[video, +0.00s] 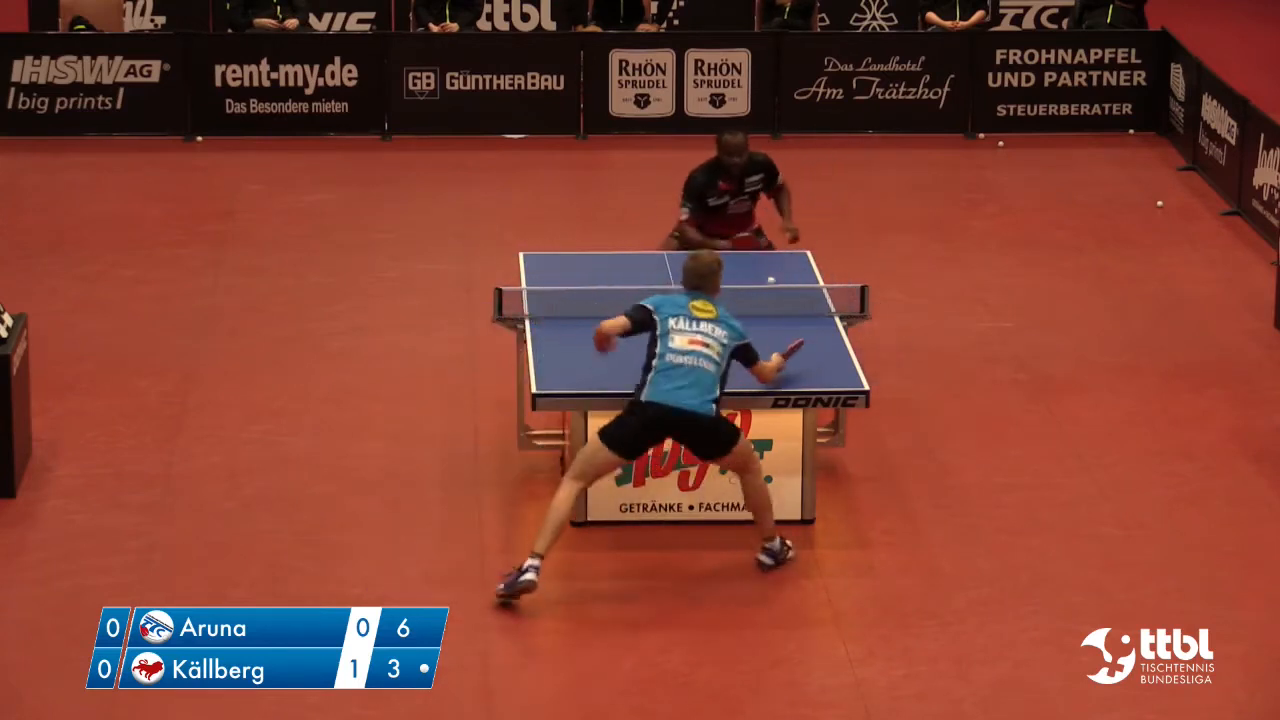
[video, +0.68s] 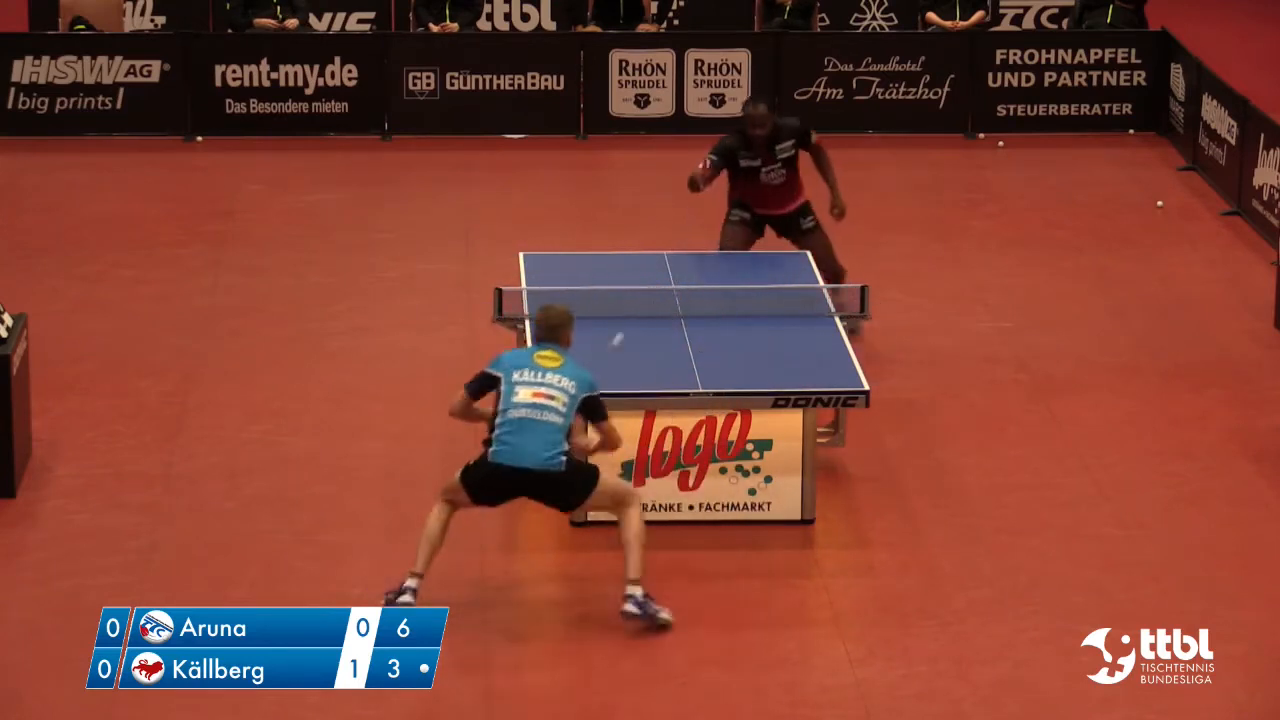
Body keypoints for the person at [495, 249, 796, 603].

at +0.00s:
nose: (720, 282)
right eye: (720, 278)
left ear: (683, 280)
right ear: (718, 286)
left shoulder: (661, 305)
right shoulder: (730, 326)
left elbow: (609, 328)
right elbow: (764, 375)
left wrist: (602, 339)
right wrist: (779, 362)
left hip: (650, 410)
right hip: (699, 417)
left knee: (574, 480)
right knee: (749, 466)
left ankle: (531, 565)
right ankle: (771, 545)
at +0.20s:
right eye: (680, 300)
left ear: (648, 307)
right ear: (684, 308)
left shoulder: (630, 336)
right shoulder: (700, 347)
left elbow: (580, 375)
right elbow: (743, 395)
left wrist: (600, 367)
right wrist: (735, 374)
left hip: (632, 444)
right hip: (683, 447)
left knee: (562, 495)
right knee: (734, 491)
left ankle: (520, 588)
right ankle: (762, 583)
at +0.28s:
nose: (663, 318)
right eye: (667, 313)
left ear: (632, 314)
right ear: (667, 318)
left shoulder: (607, 344)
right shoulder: (680, 359)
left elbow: (549, 375)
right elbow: (727, 400)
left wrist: (574, 366)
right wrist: (719, 376)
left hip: (606, 450)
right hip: (657, 453)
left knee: (538, 493)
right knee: (713, 495)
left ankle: (515, 591)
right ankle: (759, 583)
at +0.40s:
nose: (644, 311)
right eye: (645, 307)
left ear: (610, 309)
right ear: (644, 315)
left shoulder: (581, 335)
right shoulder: (654, 356)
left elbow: (523, 364)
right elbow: (700, 407)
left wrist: (549, 381)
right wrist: (691, 384)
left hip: (562, 434)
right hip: (610, 439)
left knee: (498, 477)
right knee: (686, 493)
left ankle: (490, 577)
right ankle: (716, 591)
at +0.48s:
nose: (626, 312)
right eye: (626, 308)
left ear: (591, 309)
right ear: (626, 313)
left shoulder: (563, 339)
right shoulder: (636, 356)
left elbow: (508, 374)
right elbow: (678, 411)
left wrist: (531, 395)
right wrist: (662, 392)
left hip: (546, 440)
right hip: (596, 447)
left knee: (487, 487)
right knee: (666, 512)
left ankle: (453, 576)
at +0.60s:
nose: (588, 323)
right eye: (589, 319)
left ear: (555, 322)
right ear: (589, 326)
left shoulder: (528, 351)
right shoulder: (601, 365)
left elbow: (474, 389)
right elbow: (635, 422)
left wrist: (506, 405)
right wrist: (617, 419)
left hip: (516, 463)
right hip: (567, 468)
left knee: (461, 511)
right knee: (638, 528)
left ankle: (419, 591)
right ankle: (647, 611)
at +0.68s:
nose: (573, 338)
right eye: (572, 333)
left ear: (534, 334)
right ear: (568, 337)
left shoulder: (507, 360)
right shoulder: (580, 376)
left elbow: (458, 409)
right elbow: (611, 440)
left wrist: (492, 416)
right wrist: (587, 448)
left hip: (500, 469)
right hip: (551, 473)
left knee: (447, 501)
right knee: (628, 501)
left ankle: (411, 586)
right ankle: (635, 594)